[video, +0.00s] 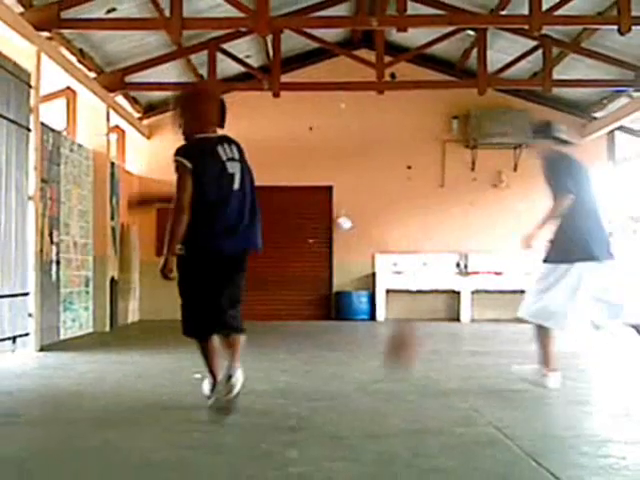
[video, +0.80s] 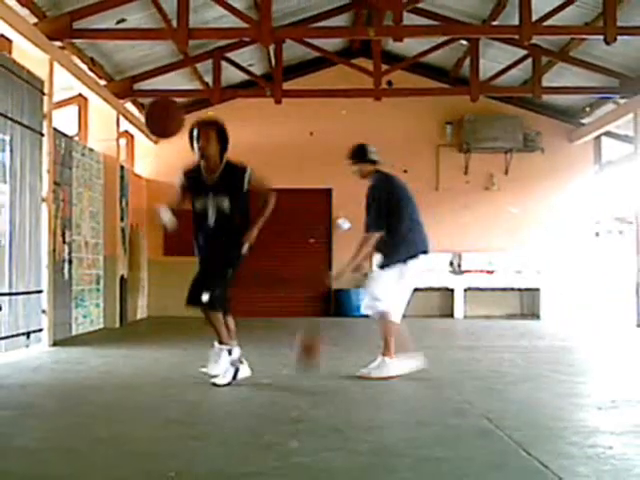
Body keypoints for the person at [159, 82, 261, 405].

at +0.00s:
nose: (179, 122)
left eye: (181, 115)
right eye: (179, 115)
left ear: (191, 117)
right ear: (216, 117)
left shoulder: (188, 153)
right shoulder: (233, 147)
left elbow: (183, 206)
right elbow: (245, 197)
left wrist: (170, 251)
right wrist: (245, 239)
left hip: (201, 246)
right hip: (236, 244)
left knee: (199, 315)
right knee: (230, 310)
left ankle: (215, 376)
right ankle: (234, 367)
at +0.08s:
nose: (183, 141)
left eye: (186, 134)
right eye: (182, 134)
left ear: (200, 135)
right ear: (218, 133)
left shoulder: (194, 167)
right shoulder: (234, 160)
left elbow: (191, 215)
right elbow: (204, 196)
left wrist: (173, 258)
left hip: (204, 257)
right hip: (239, 255)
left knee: (205, 323)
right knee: (236, 316)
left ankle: (223, 388)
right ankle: (252, 363)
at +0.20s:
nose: (187, 145)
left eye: (190, 138)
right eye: (186, 138)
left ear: (206, 138)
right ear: (217, 138)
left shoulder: (201, 173)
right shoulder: (235, 164)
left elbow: (192, 223)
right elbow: (216, 205)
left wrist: (176, 265)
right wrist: (175, 196)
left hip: (206, 259)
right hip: (236, 255)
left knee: (205, 327)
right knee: (236, 315)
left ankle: (225, 388)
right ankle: (252, 352)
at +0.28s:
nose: (189, 133)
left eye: (192, 126)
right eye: (188, 127)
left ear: (208, 124)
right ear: (213, 125)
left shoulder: (206, 160)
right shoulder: (233, 153)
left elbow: (202, 211)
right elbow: (239, 201)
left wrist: (186, 254)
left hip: (214, 244)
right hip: (238, 240)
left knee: (201, 305)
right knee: (227, 301)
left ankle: (228, 368)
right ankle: (248, 345)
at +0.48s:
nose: (200, 144)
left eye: (206, 137)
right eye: (197, 138)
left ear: (221, 139)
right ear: (193, 140)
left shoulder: (224, 167)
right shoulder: (206, 169)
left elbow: (233, 206)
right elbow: (218, 207)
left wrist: (206, 232)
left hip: (225, 248)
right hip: (210, 247)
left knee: (216, 309)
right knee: (208, 309)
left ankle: (246, 362)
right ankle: (231, 362)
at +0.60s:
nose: (201, 161)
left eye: (208, 156)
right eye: (198, 155)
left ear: (221, 159)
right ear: (194, 159)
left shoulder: (229, 189)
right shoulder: (199, 190)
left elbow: (253, 224)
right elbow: (209, 224)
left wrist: (217, 241)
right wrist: (203, 244)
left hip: (234, 263)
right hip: (212, 262)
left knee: (215, 327)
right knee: (206, 324)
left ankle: (250, 366)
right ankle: (236, 364)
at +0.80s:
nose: (202, 146)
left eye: (207, 139)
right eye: (198, 140)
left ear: (221, 143)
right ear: (194, 145)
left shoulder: (238, 173)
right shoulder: (191, 177)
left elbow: (270, 196)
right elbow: (177, 206)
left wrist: (255, 230)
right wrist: (167, 215)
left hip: (232, 244)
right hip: (207, 246)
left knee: (205, 298)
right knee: (218, 301)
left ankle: (227, 350)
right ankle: (236, 357)